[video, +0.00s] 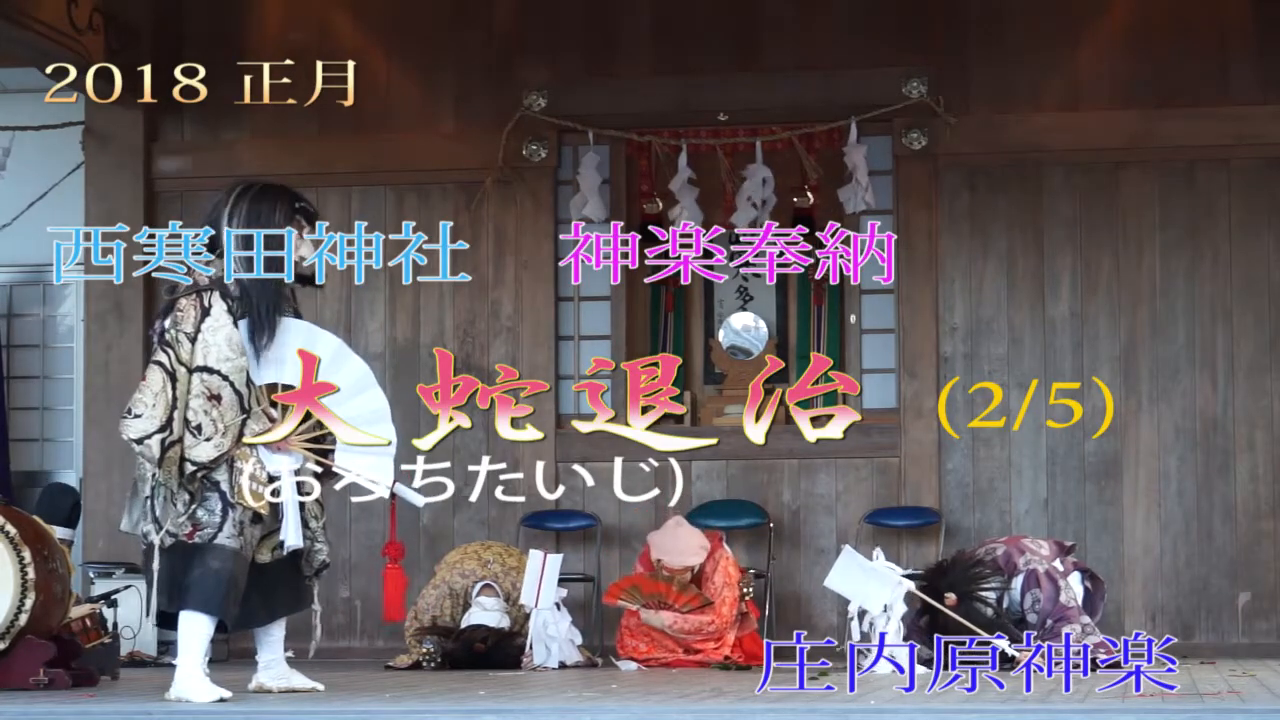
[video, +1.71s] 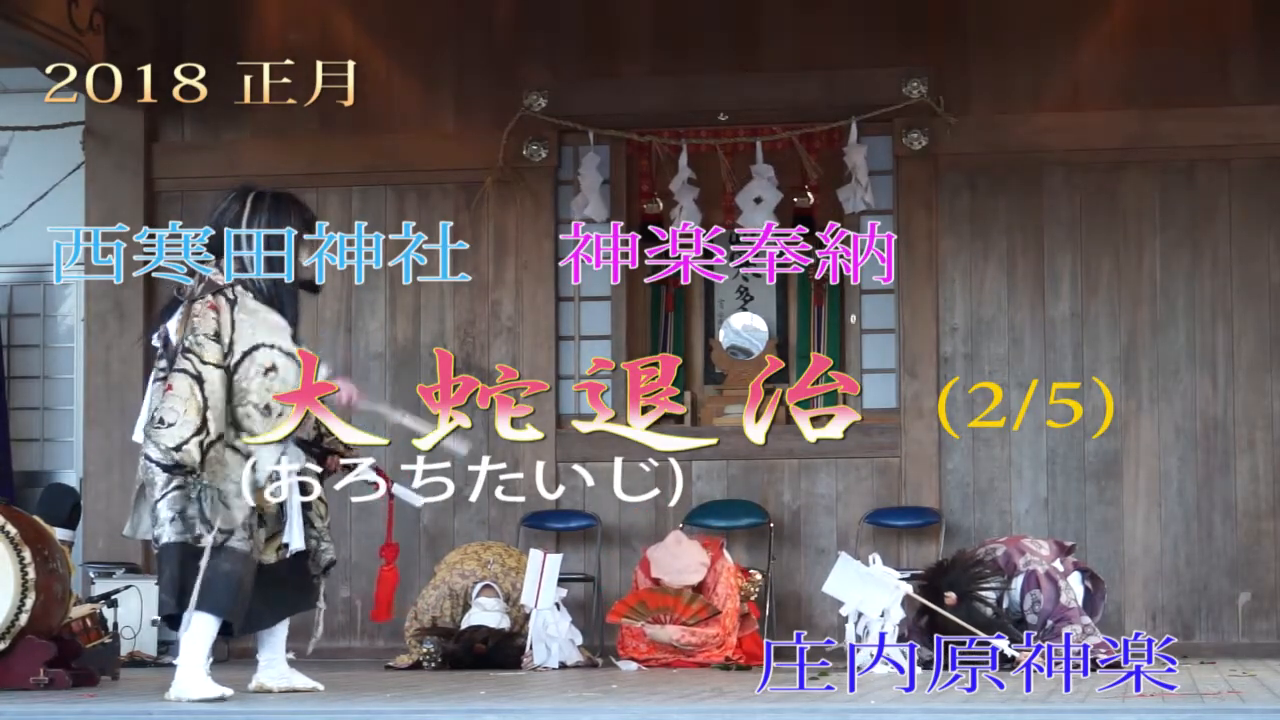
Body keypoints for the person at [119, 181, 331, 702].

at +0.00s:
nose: (311, 248)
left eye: (310, 235)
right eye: (303, 234)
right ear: (267, 237)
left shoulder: (274, 312)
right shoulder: (210, 309)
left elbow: (288, 395)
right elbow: (203, 414)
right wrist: (259, 453)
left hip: (265, 456)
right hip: (216, 458)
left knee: (277, 547)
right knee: (219, 546)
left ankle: (273, 664)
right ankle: (189, 672)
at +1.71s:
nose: (306, 257)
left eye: (304, 243)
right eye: (299, 242)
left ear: (236, 238)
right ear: (268, 241)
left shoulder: (212, 303)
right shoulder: (246, 309)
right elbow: (263, 405)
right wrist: (318, 438)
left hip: (262, 449)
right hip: (233, 450)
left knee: (282, 549)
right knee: (231, 551)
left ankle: (273, 663)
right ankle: (191, 672)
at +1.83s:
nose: (300, 255)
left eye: (301, 244)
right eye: (296, 243)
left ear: (238, 239)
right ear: (270, 243)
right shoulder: (219, 304)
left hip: (247, 446)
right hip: (201, 451)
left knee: (287, 545)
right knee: (236, 547)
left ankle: (274, 663)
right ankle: (192, 670)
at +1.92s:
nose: (308, 262)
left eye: (308, 251)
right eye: (301, 249)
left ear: (237, 244)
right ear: (273, 247)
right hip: (202, 447)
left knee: (290, 546)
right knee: (251, 550)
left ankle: (274, 664)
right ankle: (194, 670)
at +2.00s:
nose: (291, 246)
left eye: (293, 235)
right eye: (281, 235)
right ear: (252, 234)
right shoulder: (225, 292)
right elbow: (228, 386)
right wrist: (277, 445)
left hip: (253, 443)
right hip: (218, 448)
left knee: (291, 546)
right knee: (263, 556)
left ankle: (273, 664)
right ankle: (195, 671)